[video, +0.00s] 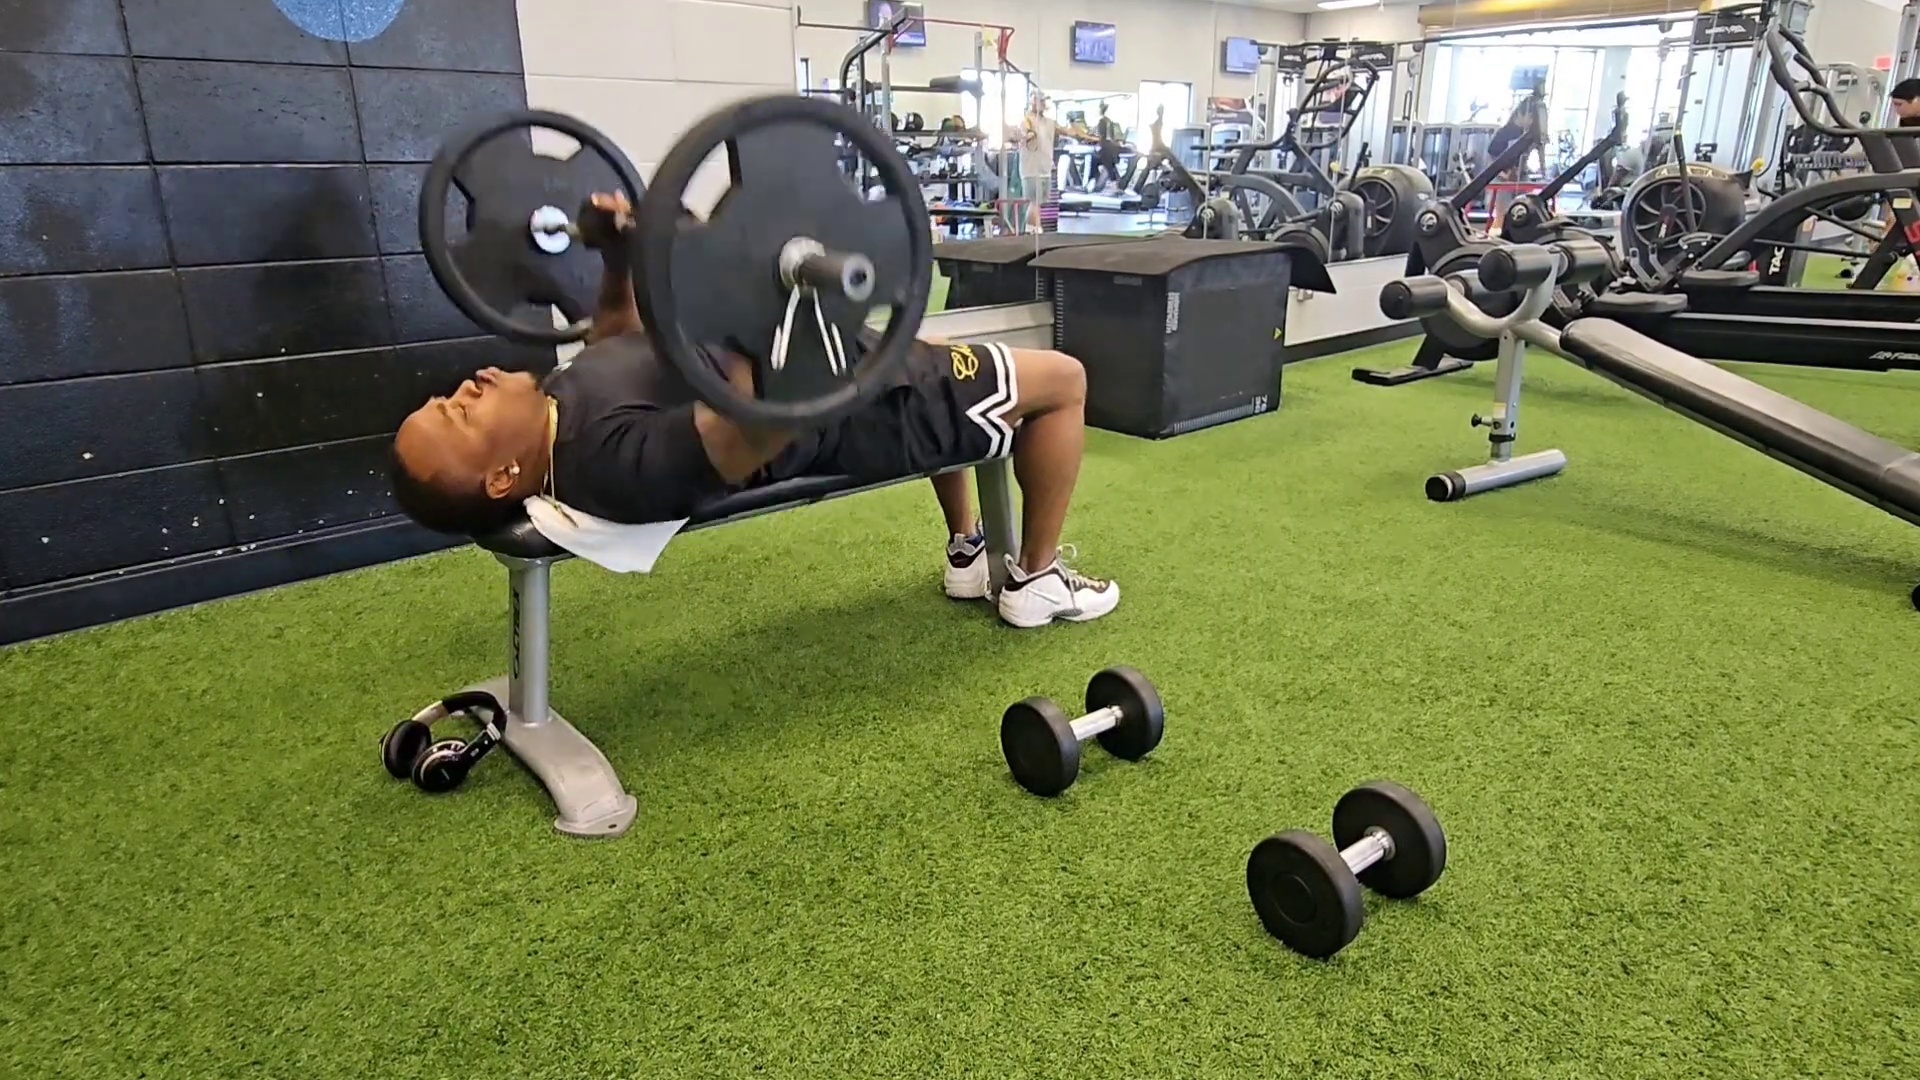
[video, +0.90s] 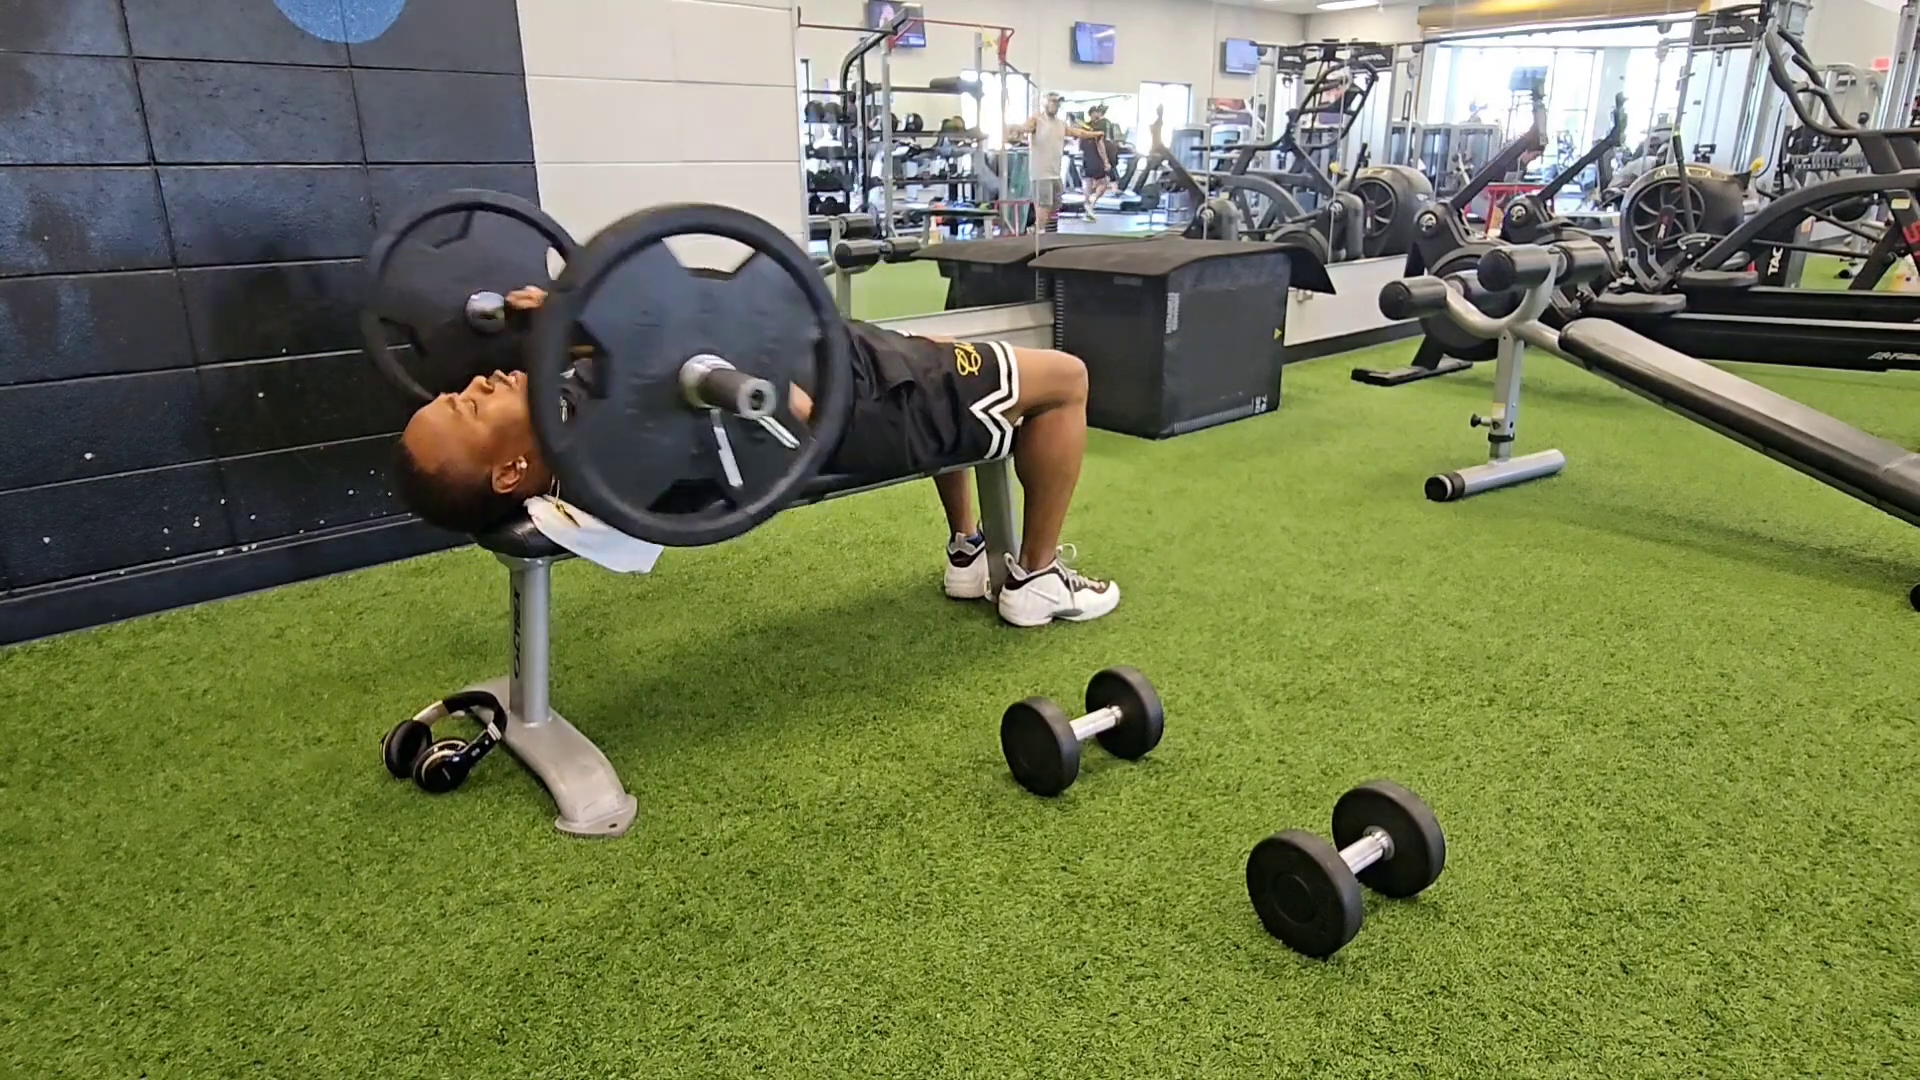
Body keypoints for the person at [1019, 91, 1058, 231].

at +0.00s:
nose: (1044, 103)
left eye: (1044, 100)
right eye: (1040, 100)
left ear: (1045, 102)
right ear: (1032, 102)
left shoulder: (1049, 122)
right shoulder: (1026, 121)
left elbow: (1066, 131)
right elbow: (1024, 133)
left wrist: (1081, 134)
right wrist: (1029, 135)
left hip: (1045, 166)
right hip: (1030, 166)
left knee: (1038, 201)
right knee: (1034, 200)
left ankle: (1029, 228)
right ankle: (1038, 229)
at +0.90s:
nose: (1055, 105)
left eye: (1057, 102)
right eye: (1052, 101)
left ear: (1059, 105)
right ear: (1045, 103)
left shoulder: (1060, 124)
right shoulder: (1036, 120)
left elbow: (1077, 132)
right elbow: (1025, 128)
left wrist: (1094, 134)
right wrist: (1016, 130)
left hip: (1055, 171)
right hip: (1040, 171)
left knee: (1054, 205)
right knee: (1044, 206)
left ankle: (1036, 227)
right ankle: (1041, 233)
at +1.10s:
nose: (1061, 106)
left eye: (1063, 103)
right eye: (1059, 102)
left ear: (1065, 105)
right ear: (1051, 102)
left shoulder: (1064, 123)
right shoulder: (1041, 118)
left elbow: (1081, 131)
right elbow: (1027, 124)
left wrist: (1099, 132)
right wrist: (1016, 124)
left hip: (1061, 169)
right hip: (1044, 170)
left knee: (1068, 201)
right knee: (1043, 205)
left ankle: (1055, 228)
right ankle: (1040, 233)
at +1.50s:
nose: (1080, 105)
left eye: (1081, 102)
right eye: (1077, 101)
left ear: (1082, 104)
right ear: (1070, 102)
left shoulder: (1083, 121)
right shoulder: (1058, 118)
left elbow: (1095, 122)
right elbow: (1039, 121)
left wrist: (1106, 119)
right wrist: (1023, 117)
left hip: (1079, 168)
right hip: (1062, 169)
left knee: (1079, 203)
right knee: (1058, 204)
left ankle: (1074, 232)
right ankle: (1044, 229)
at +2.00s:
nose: (1089, 103)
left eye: (1091, 101)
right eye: (1087, 100)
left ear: (1093, 103)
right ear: (1080, 100)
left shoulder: (1094, 118)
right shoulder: (1071, 117)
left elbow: (1103, 118)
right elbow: (1050, 120)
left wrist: (1112, 113)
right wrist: (1030, 117)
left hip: (1089, 168)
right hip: (1073, 168)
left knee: (1084, 205)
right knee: (1079, 203)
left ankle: (1072, 233)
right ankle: (1071, 234)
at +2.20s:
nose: (1092, 104)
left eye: (1094, 101)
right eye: (1090, 100)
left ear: (1095, 103)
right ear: (1083, 100)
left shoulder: (1096, 118)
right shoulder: (1072, 117)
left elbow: (1105, 118)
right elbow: (1051, 120)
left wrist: (1113, 114)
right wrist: (1030, 117)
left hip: (1091, 170)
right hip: (1075, 169)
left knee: (1083, 207)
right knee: (1078, 205)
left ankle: (1073, 235)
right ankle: (1072, 235)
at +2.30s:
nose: (1094, 104)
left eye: (1095, 101)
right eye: (1091, 100)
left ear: (1096, 103)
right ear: (1083, 100)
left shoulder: (1097, 118)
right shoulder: (1073, 116)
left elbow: (1105, 118)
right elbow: (1052, 120)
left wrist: (1112, 114)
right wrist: (1031, 118)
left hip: (1091, 170)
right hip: (1075, 169)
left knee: (1083, 207)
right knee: (1078, 206)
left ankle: (1074, 235)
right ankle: (1073, 236)